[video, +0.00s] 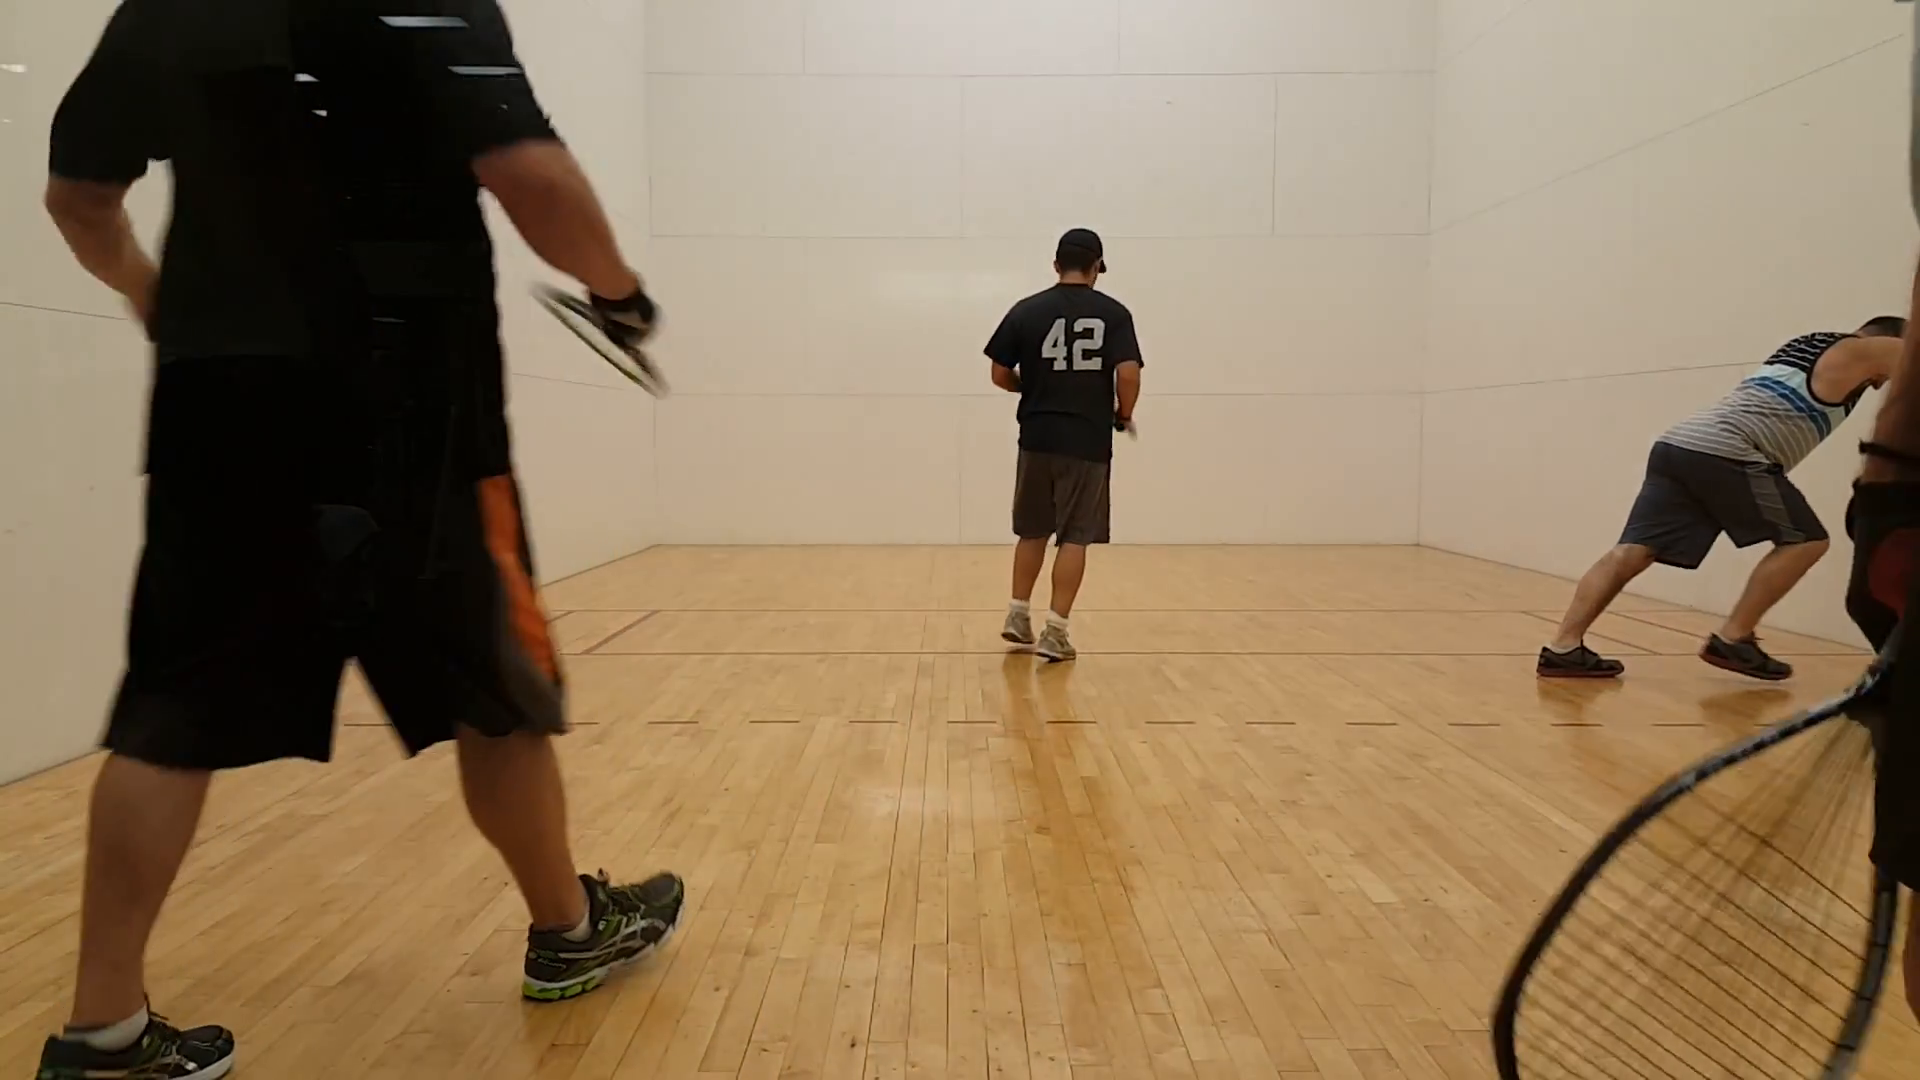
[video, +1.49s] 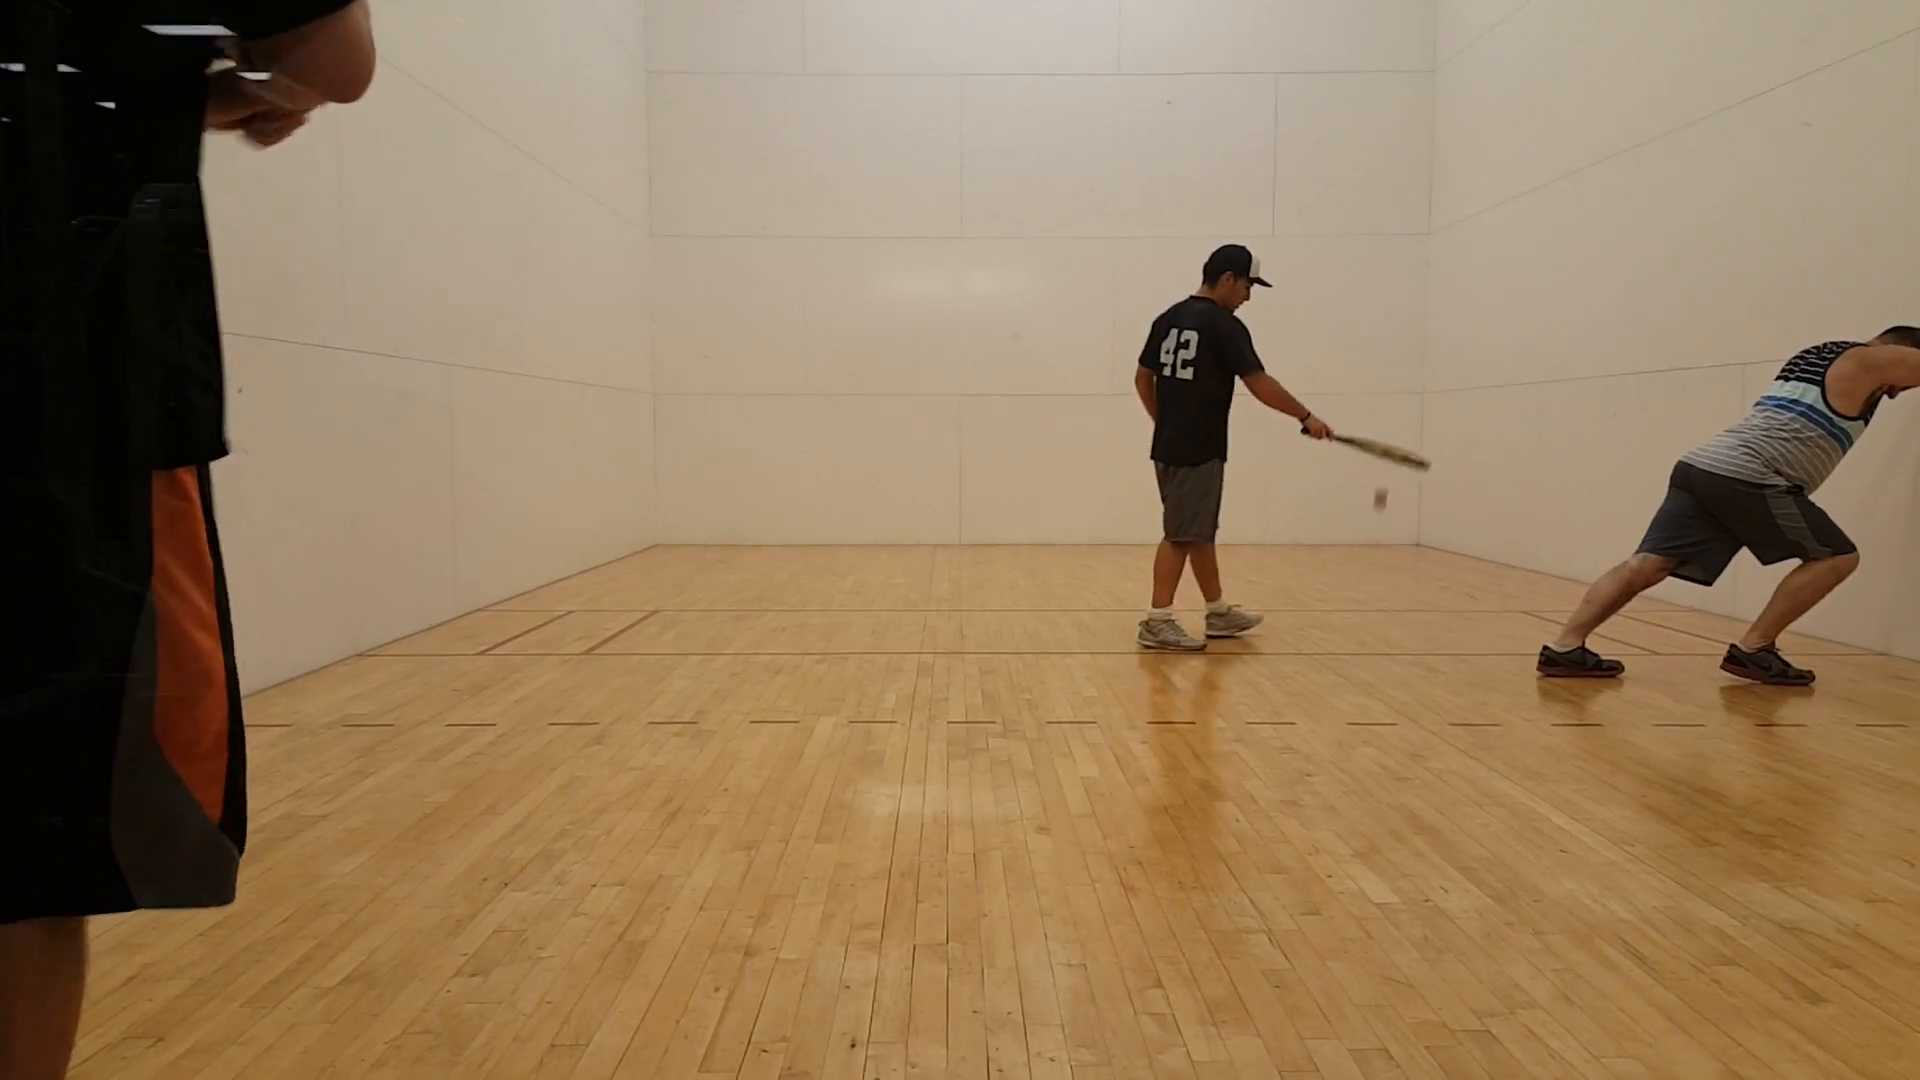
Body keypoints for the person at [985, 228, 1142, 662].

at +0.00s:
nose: (1095, 273)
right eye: (1099, 267)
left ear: (1055, 265)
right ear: (1097, 268)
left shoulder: (1026, 310)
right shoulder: (1114, 313)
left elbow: (1000, 374)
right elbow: (1129, 372)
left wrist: (1033, 385)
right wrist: (1124, 414)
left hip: (1036, 443)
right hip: (1087, 447)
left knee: (1033, 530)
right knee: (1075, 536)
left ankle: (1017, 615)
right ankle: (1055, 629)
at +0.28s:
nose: (1100, 285)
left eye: (1102, 277)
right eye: (1099, 275)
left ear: (1060, 271)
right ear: (1082, 271)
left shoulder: (1029, 315)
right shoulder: (1084, 316)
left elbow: (1045, 377)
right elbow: (1095, 377)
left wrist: (1110, 395)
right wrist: (1121, 395)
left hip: (1035, 446)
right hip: (1079, 448)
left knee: (1041, 532)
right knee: (1092, 531)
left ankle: (1035, 621)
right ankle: (1057, 610)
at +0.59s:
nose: (1114, 288)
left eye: (1116, 280)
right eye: (1111, 279)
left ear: (1083, 275)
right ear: (1089, 272)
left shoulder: (1054, 314)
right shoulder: (1078, 315)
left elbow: (1090, 380)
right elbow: (1068, 368)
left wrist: (1141, 388)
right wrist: (1110, 402)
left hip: (1051, 446)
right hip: (1085, 446)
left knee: (1052, 529)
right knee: (1121, 522)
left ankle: (1039, 619)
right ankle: (1107, 612)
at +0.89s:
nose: (1161, 297)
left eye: (1163, 289)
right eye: (1158, 287)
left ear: (1132, 281)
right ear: (1137, 280)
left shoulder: (1098, 315)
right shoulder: (1120, 322)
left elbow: (1098, 378)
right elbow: (1108, 378)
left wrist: (1137, 408)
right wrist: (1145, 426)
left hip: (1085, 450)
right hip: (1116, 453)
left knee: (1073, 531)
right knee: (1137, 535)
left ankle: (1043, 613)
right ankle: (1153, 619)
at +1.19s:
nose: (1217, 296)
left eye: (1220, 288)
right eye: (1217, 286)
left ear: (1186, 276)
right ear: (1198, 277)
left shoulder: (1139, 309)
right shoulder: (1183, 324)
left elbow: (1109, 367)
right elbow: (1189, 388)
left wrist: (1102, 416)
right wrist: (1240, 420)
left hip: (1126, 440)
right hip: (1158, 449)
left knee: (1136, 522)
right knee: (1158, 534)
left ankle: (1092, 588)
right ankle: (1156, 622)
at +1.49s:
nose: (1248, 296)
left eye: (1250, 287)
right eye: (1246, 286)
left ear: (1216, 279)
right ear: (1226, 279)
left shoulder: (1170, 317)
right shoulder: (1227, 326)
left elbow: (1144, 378)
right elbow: (1260, 383)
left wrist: (1163, 421)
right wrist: (1305, 416)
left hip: (1170, 443)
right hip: (1199, 448)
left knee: (1201, 530)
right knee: (1180, 532)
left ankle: (1217, 611)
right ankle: (1157, 620)